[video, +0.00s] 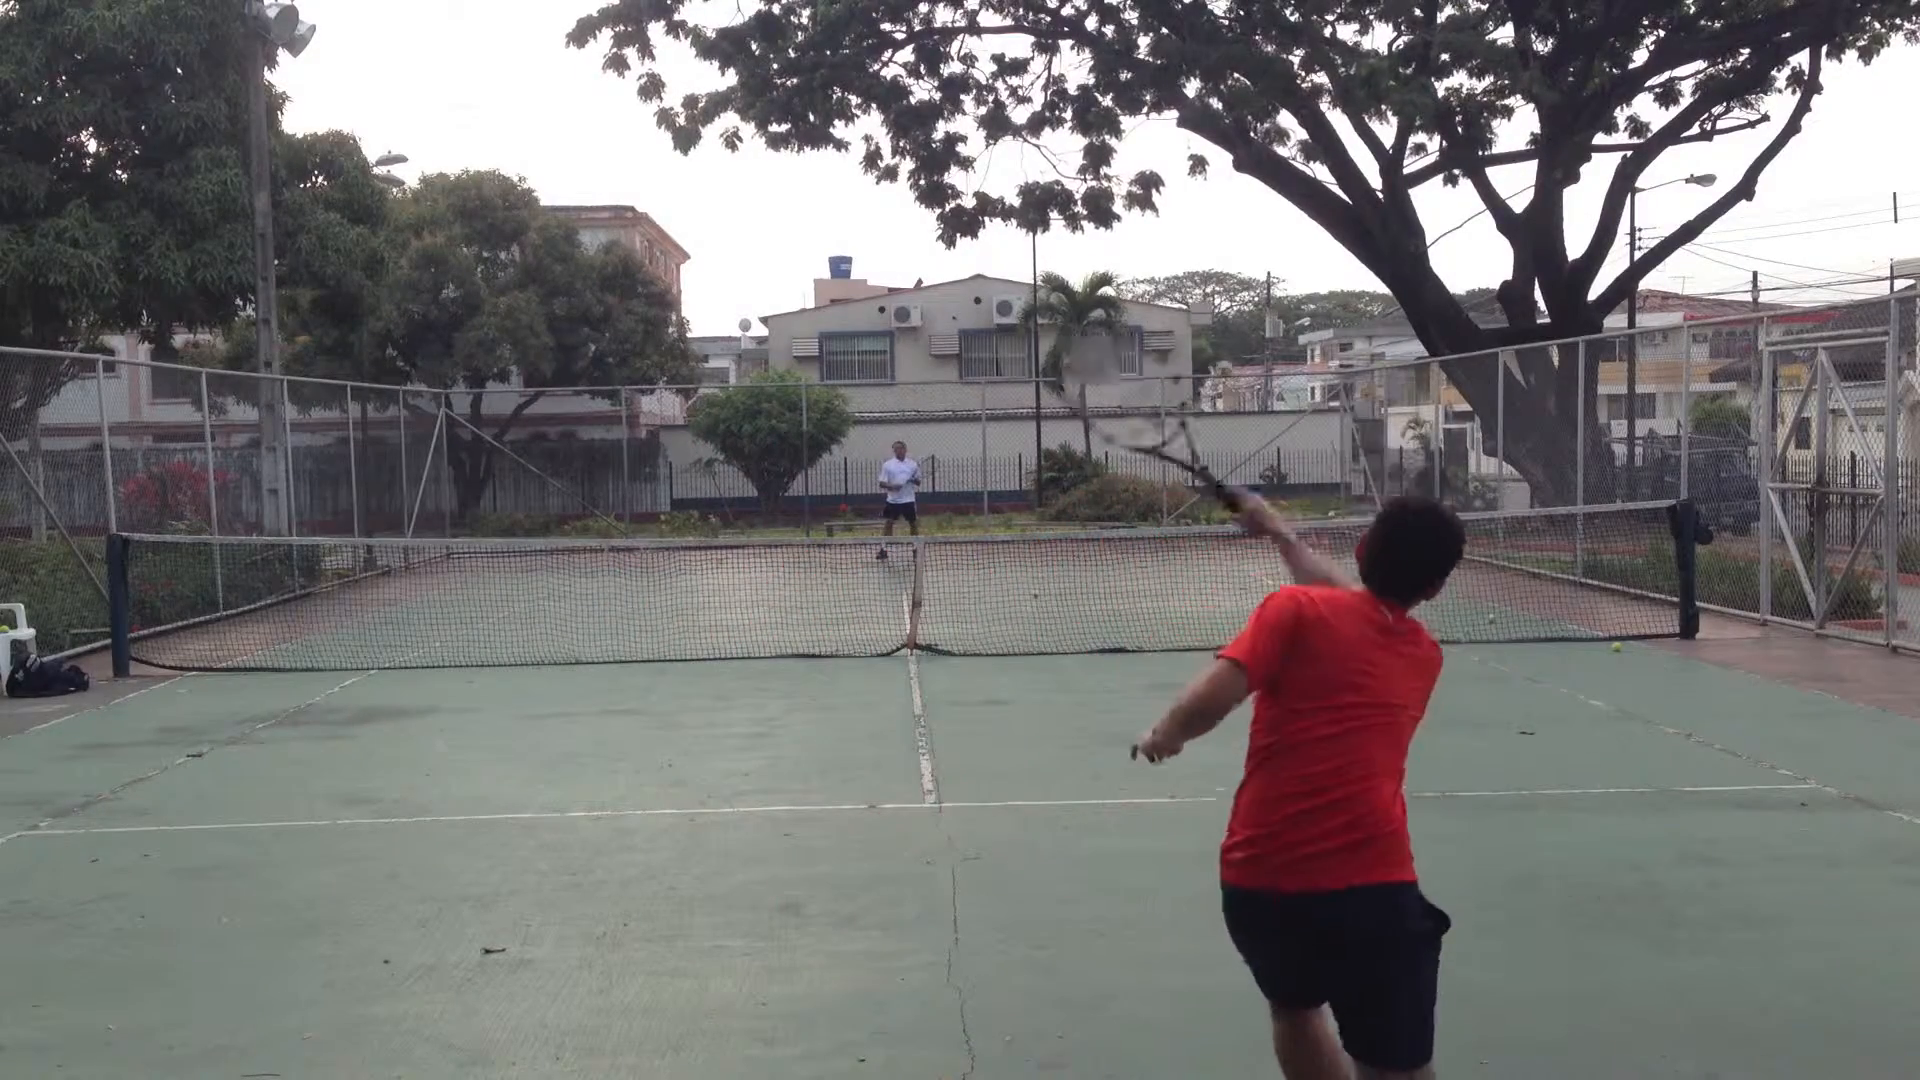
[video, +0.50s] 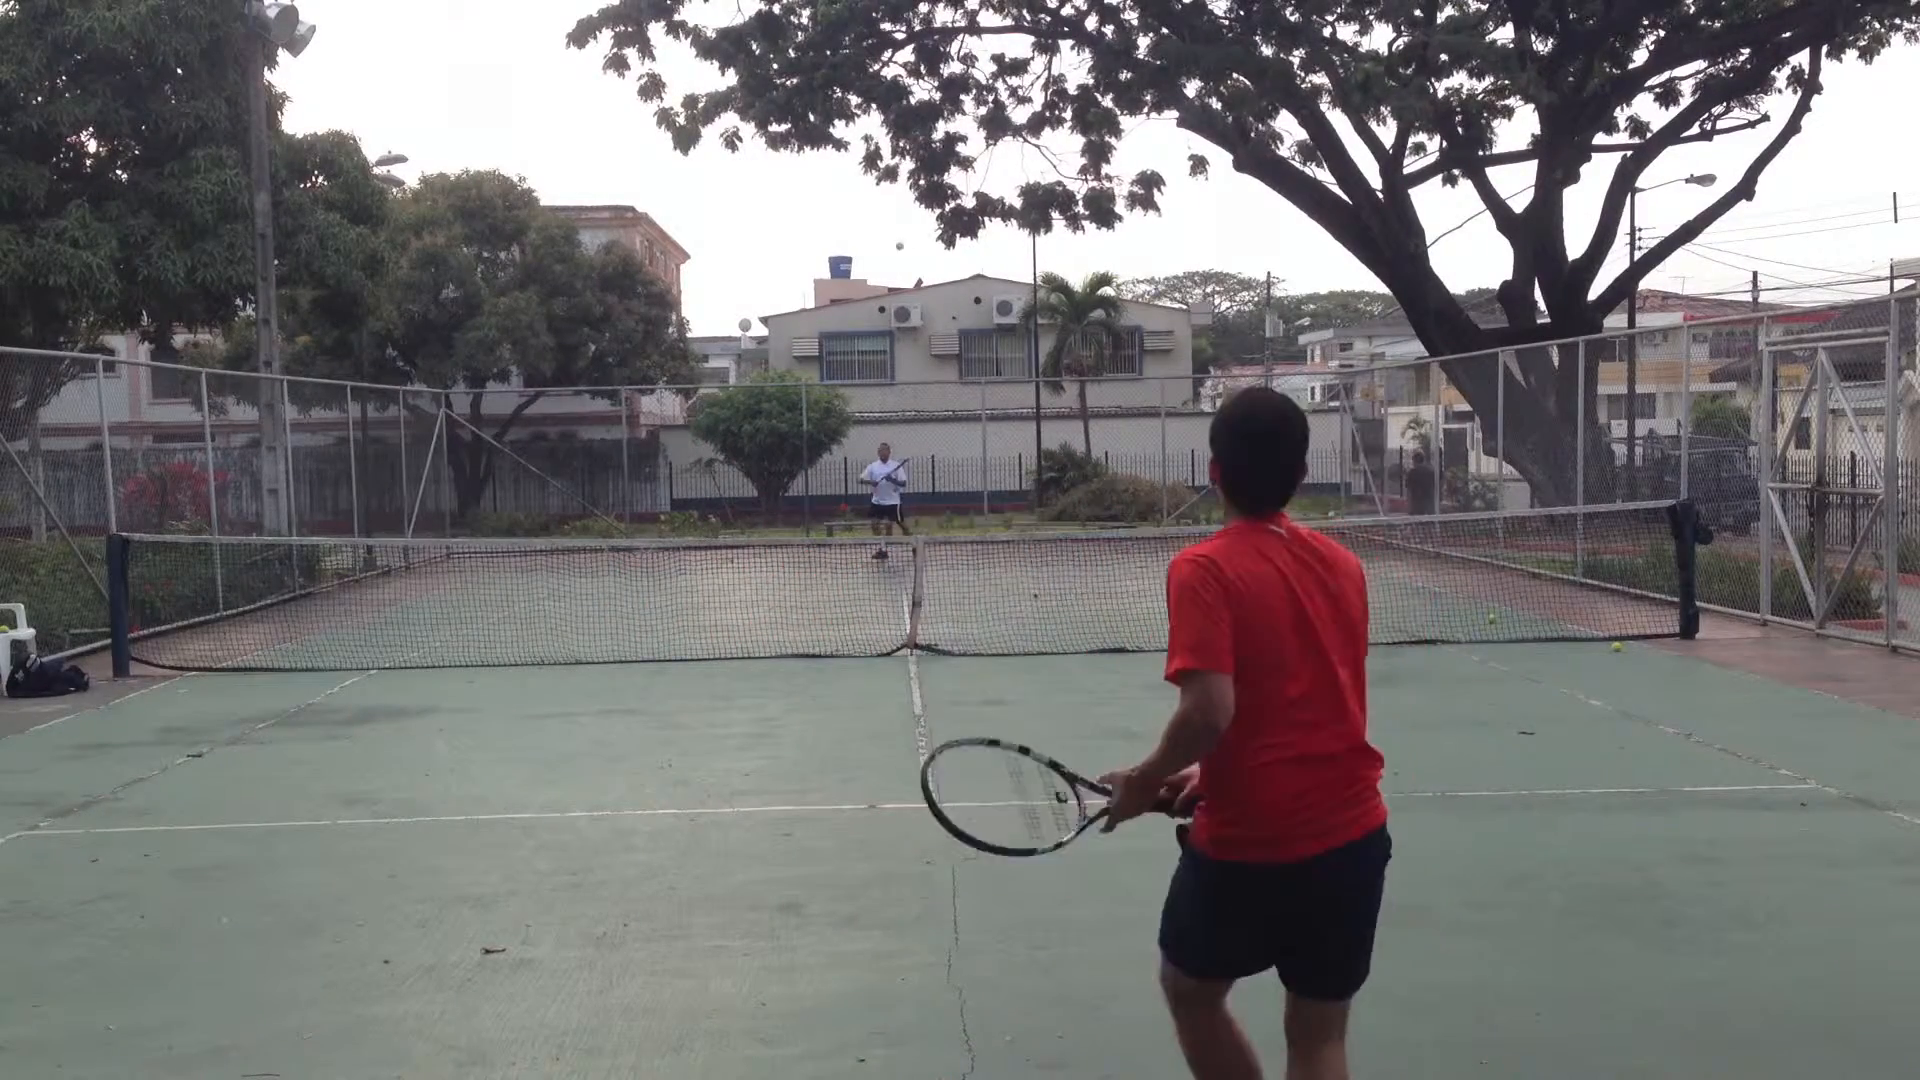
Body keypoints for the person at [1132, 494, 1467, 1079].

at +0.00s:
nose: (1359, 536)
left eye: (1366, 532)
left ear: (1362, 547)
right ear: (1433, 586)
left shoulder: (1293, 608)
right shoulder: (1424, 653)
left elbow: (1209, 699)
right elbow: (1348, 595)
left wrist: (1163, 738)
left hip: (1263, 887)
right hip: (1375, 892)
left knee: (1297, 1011)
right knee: (1395, 1066)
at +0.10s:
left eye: (1336, 506)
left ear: (1333, 521)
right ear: (1413, 549)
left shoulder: (1277, 590)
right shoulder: (1413, 618)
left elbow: (1207, 703)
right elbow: (1304, 584)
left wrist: (1172, 747)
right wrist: (1191, 533)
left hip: (1275, 873)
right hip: (1386, 873)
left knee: (1305, 1008)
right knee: (1409, 1055)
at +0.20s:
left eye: (1306, 475)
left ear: (1305, 491)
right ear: (1387, 508)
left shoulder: (1257, 571)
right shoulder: (1395, 584)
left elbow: (1212, 691)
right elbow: (1273, 601)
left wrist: (1167, 752)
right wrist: (1146, 607)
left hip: (1277, 851)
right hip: (1386, 847)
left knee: (1309, 1006)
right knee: (1400, 1031)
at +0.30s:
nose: (1269, 461)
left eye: (1271, 452)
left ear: (1272, 467)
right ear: (1354, 477)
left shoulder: (1241, 555)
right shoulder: (1366, 557)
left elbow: (1218, 691)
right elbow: (1281, 655)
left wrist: (1167, 762)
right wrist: (1160, 703)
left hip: (1277, 841)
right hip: (1383, 833)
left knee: (1298, 1013)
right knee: (1376, 1023)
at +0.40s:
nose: (1235, 463)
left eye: (1238, 453)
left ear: (1240, 470)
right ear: (1323, 473)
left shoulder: (1223, 563)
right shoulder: (1349, 562)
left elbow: (1219, 703)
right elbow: (1308, 696)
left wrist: (1159, 780)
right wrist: (1193, 764)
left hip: (1265, 850)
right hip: (1370, 842)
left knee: (1255, 1014)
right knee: (1347, 1032)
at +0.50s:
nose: (1211, 466)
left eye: (1212, 455)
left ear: (1216, 472)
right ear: (1300, 472)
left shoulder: (1203, 569)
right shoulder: (1341, 564)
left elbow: (1211, 708)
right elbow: (1319, 710)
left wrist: (1146, 777)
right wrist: (1211, 773)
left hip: (1243, 850)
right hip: (1350, 842)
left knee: (1194, 994)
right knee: (1321, 1030)